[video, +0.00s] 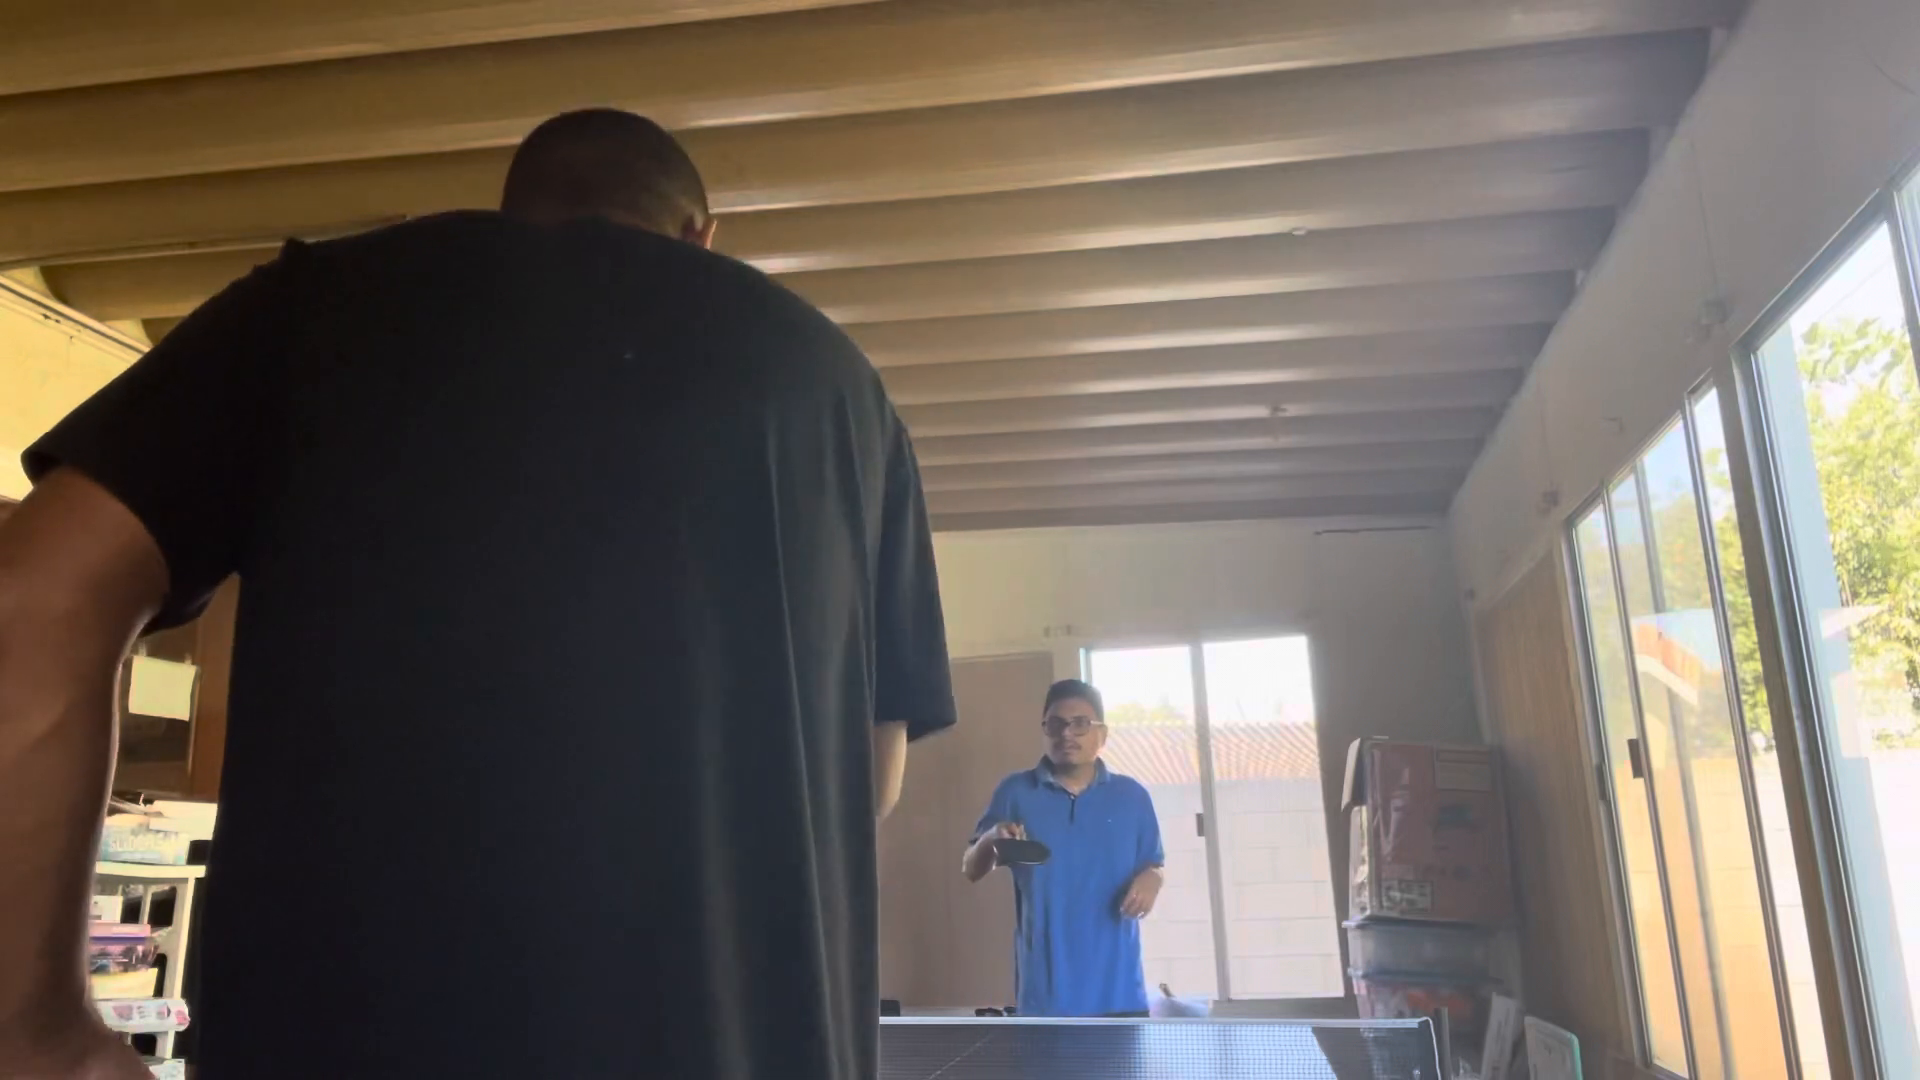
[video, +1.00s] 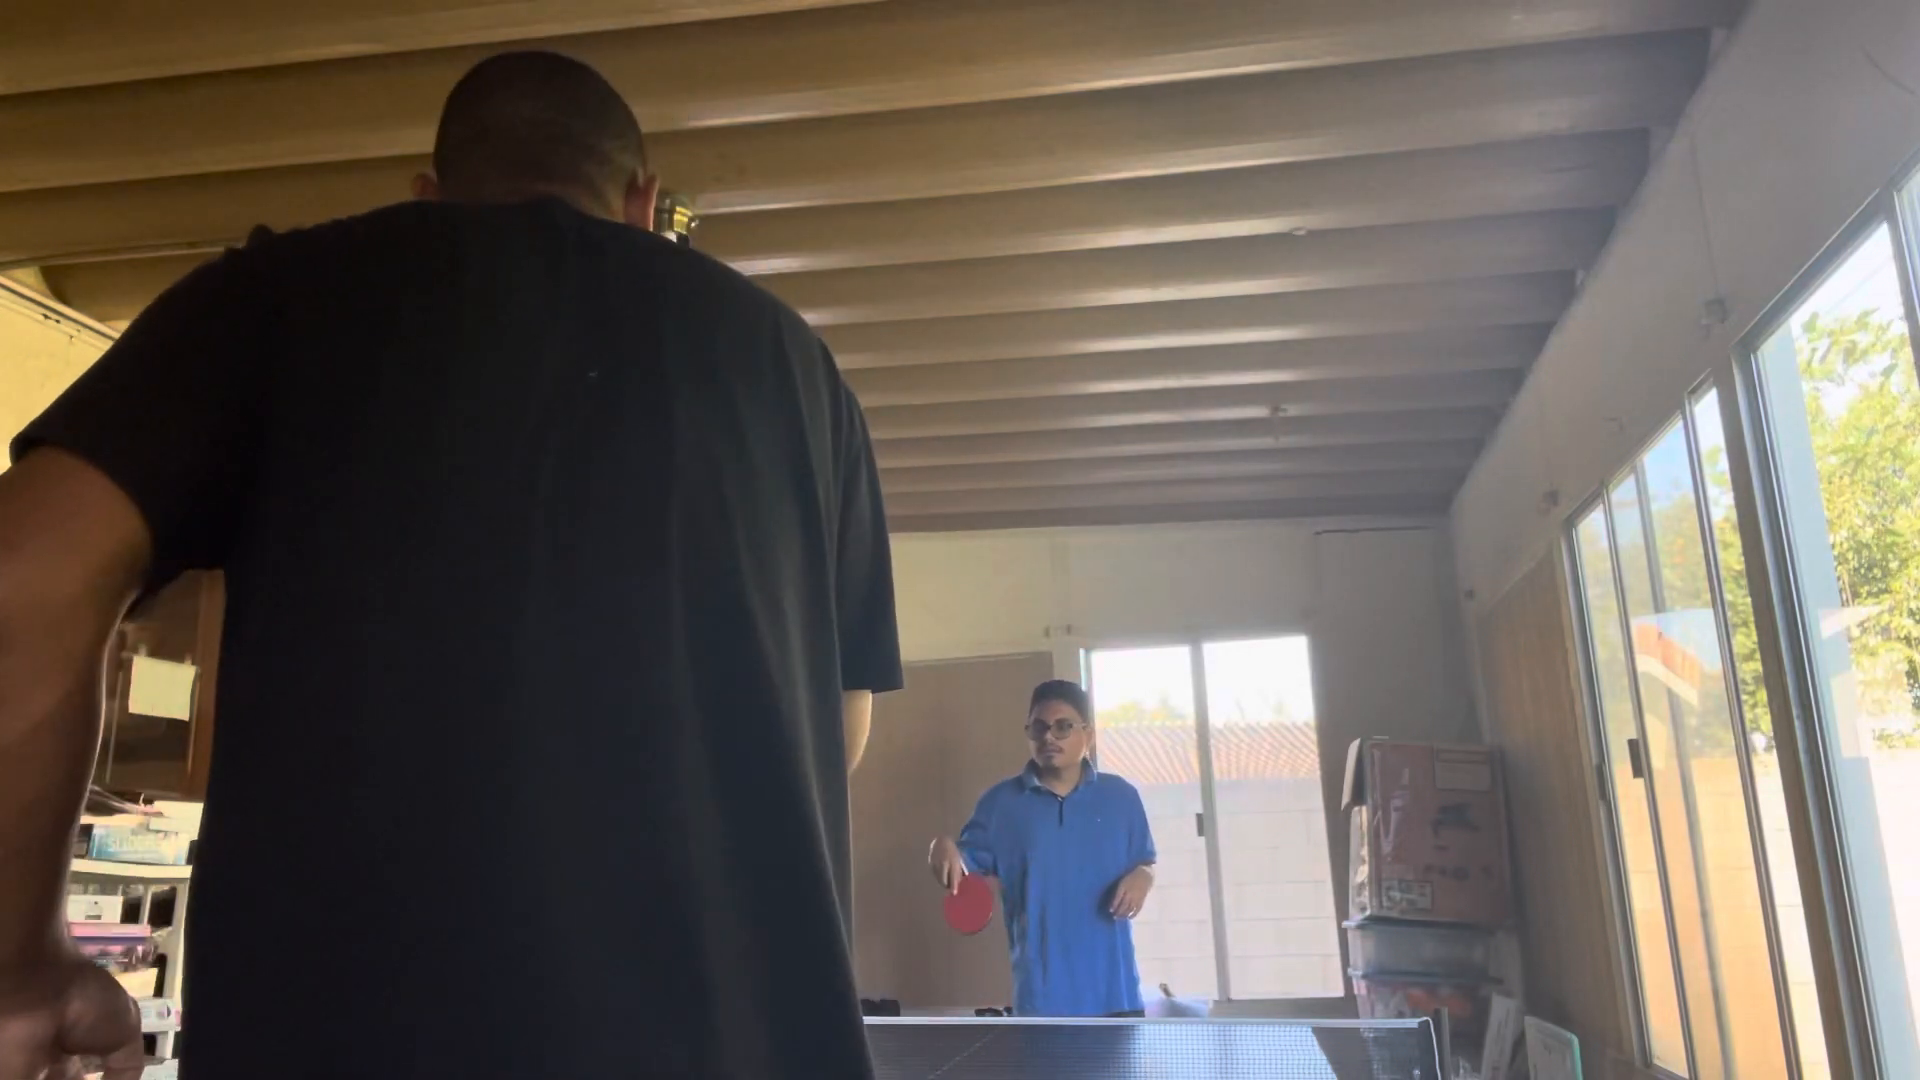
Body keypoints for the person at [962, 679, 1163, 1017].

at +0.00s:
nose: (1067, 733)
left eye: (1080, 723)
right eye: (1057, 723)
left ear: (1102, 734)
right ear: (1044, 731)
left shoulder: (1131, 796)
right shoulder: (1016, 792)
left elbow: (1153, 865)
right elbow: (972, 871)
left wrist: (1151, 878)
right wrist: (991, 841)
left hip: (1117, 987)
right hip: (1044, 989)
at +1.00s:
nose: (1049, 736)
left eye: (1062, 726)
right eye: (1039, 727)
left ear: (1088, 735)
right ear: (1028, 733)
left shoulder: (1120, 797)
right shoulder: (1001, 803)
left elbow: (1144, 863)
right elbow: (971, 864)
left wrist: (1142, 876)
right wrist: (944, 846)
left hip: (1112, 989)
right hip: (1040, 994)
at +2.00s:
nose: (1043, 742)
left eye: (1056, 731)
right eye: (1034, 732)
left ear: (1084, 736)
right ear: (1024, 736)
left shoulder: (1117, 795)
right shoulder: (1002, 803)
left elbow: (1144, 863)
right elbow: (966, 871)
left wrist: (1137, 878)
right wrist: (932, 852)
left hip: (1109, 988)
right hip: (1037, 992)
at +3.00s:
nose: (1038, 752)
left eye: (1051, 739)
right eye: (1026, 740)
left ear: (1075, 739)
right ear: (1013, 740)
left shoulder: (1105, 797)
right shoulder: (992, 801)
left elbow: (1127, 864)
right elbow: (964, 880)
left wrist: (1133, 879)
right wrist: (960, 906)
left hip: (1105, 990)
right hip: (1032, 996)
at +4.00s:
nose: (1048, 741)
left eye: (1060, 728)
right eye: (1035, 731)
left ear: (1080, 733)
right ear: (1022, 737)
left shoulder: (1103, 800)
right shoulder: (996, 797)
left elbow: (1116, 883)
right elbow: (959, 884)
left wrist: (1139, 878)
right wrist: (994, 849)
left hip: (1104, 992)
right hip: (1029, 996)